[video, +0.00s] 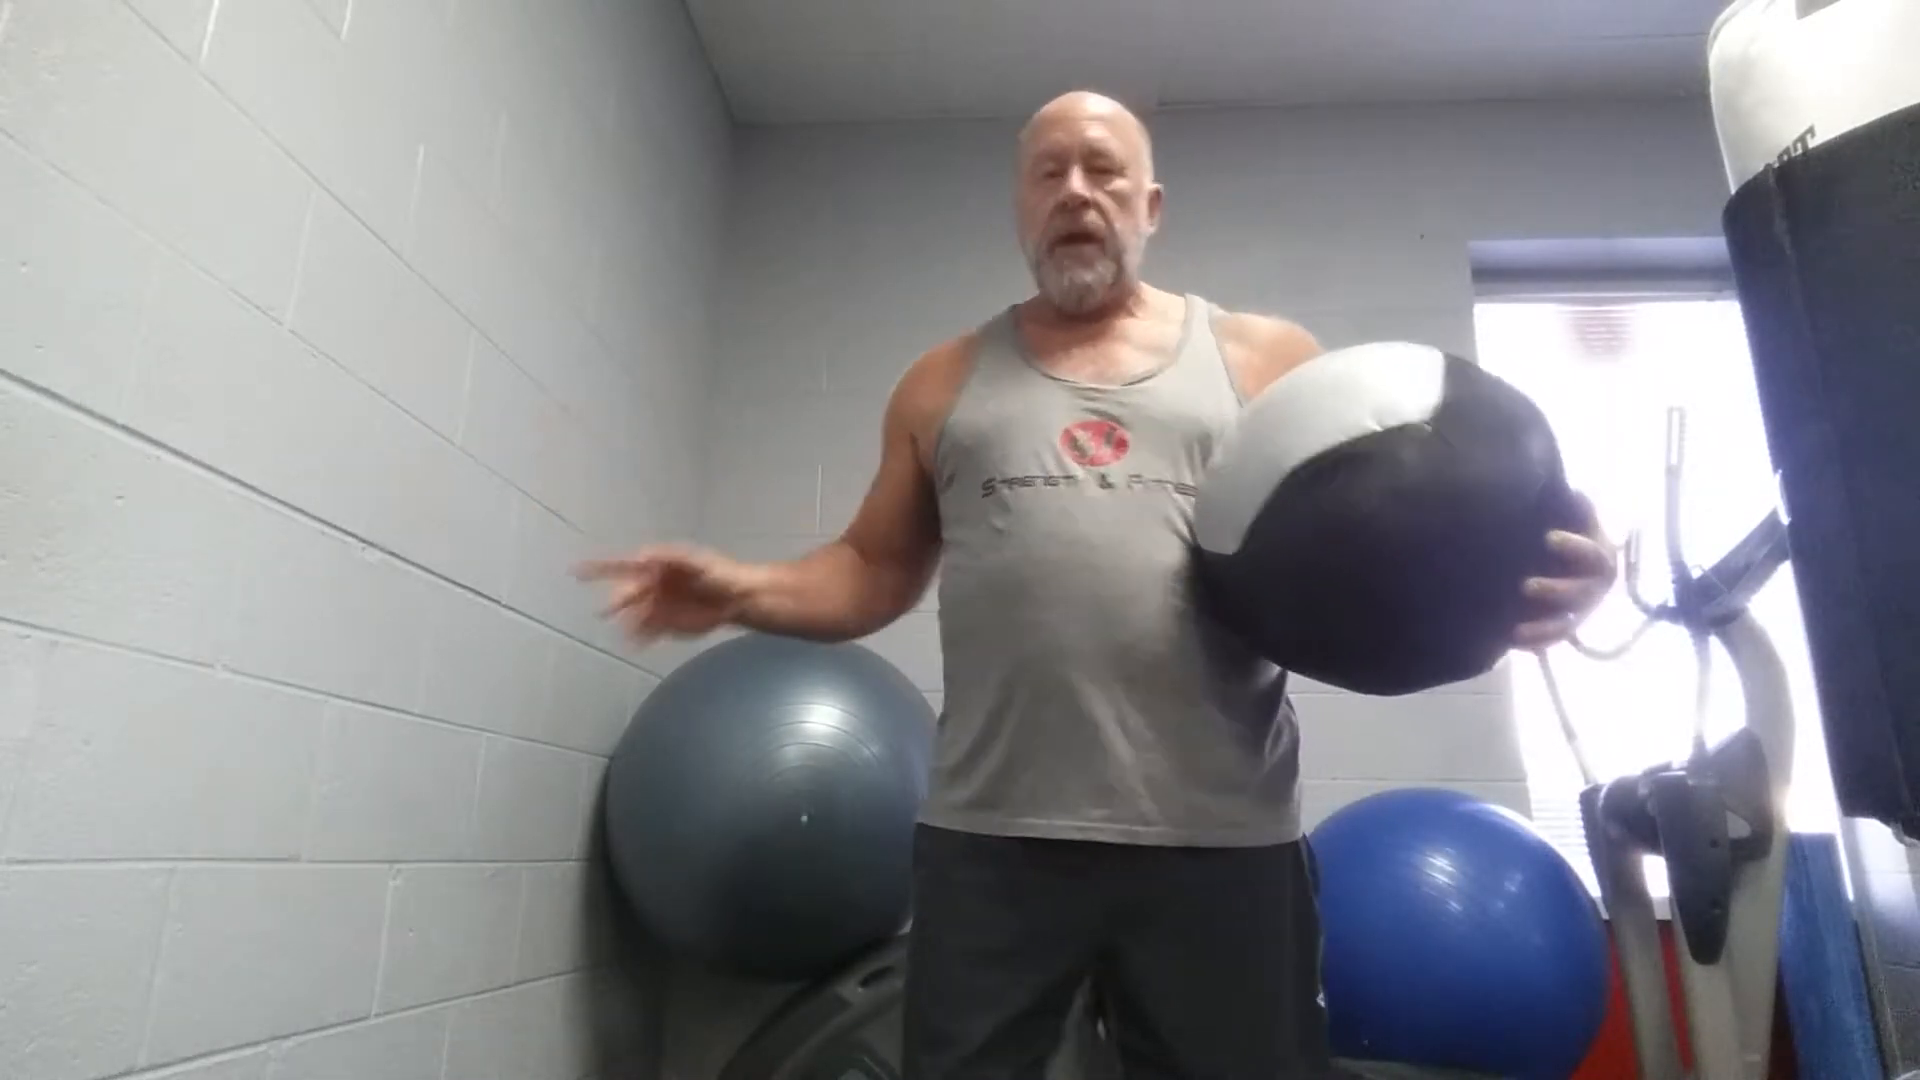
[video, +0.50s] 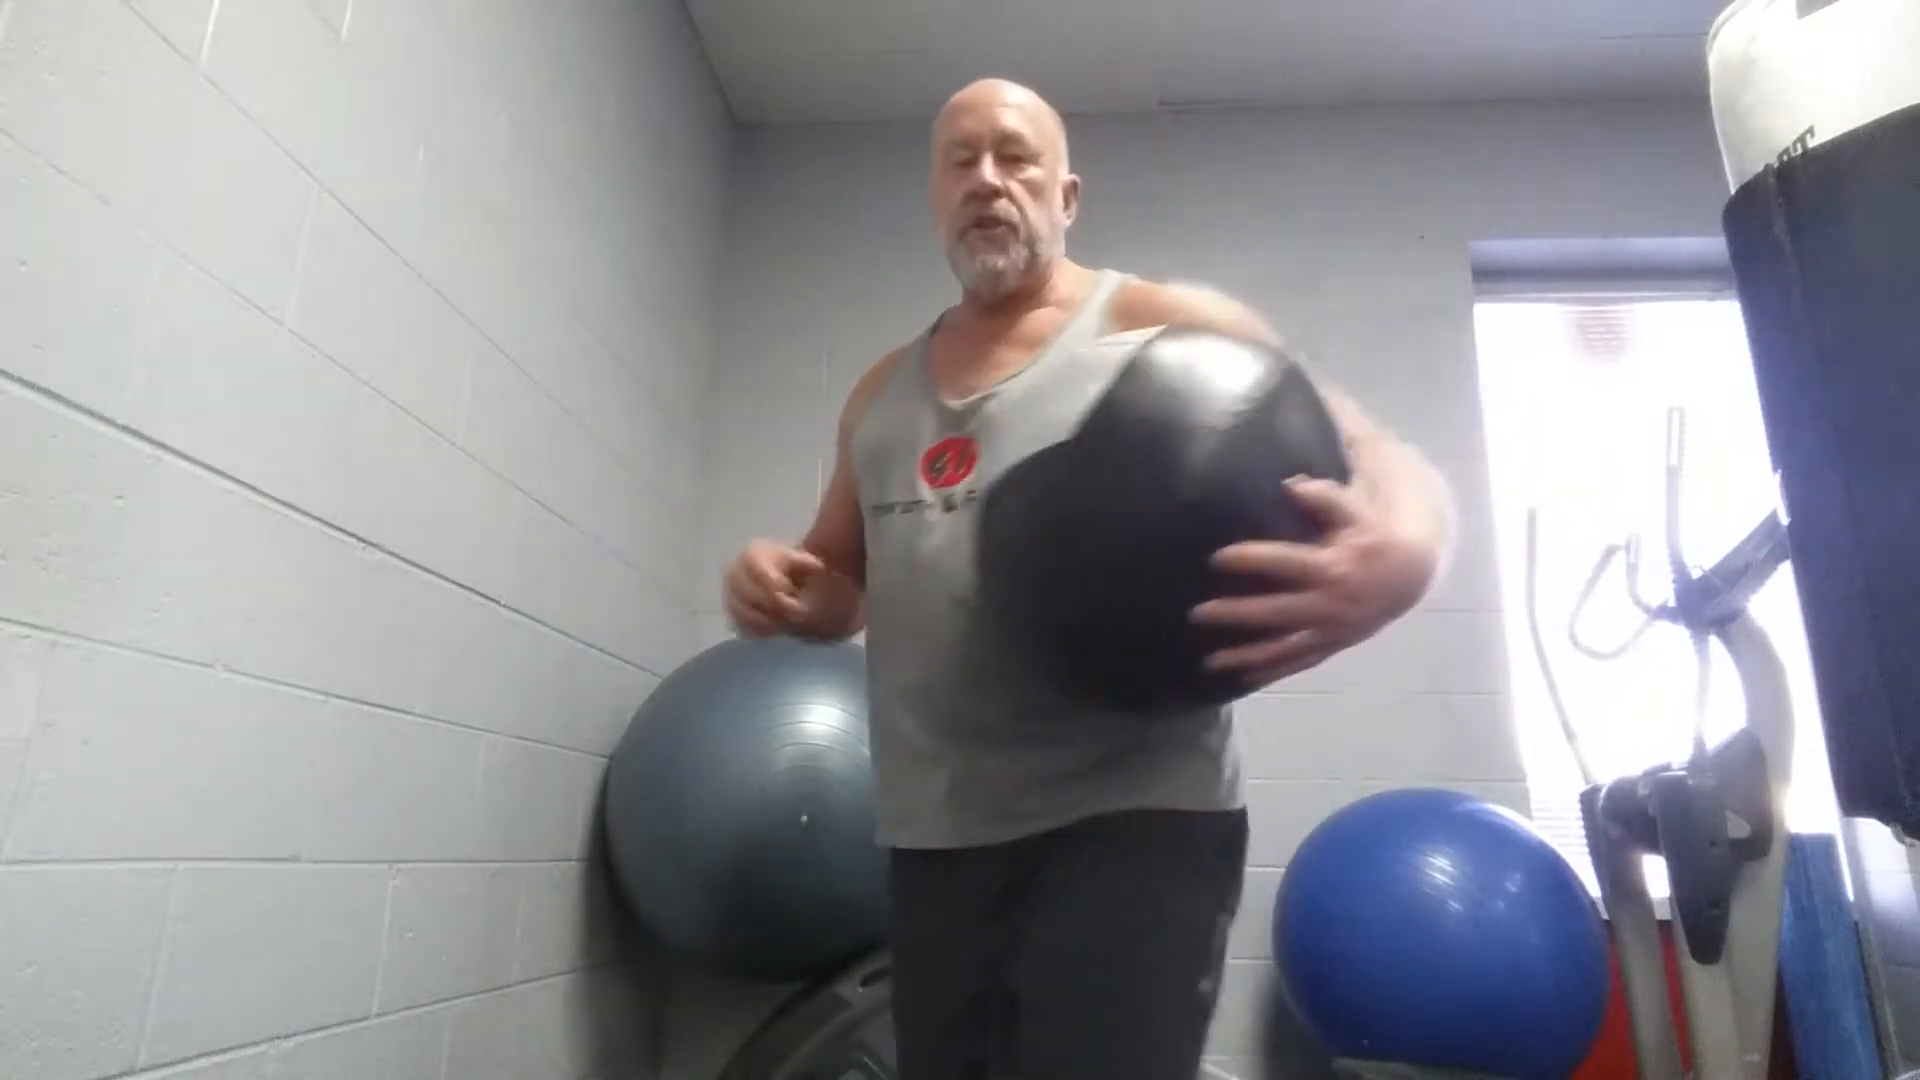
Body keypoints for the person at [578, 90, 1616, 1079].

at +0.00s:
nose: (1075, 191)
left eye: (1103, 169)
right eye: (1050, 170)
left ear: (1153, 205)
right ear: (1014, 206)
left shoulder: (1265, 358)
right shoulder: (943, 384)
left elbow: (1393, 534)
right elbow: (872, 570)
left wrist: (1546, 574)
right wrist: (746, 592)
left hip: (1224, 852)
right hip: (991, 848)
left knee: (1252, 1074)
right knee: (958, 1071)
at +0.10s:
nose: (1048, 190)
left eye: (1077, 170)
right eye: (1023, 172)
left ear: (1128, 204)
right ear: (992, 211)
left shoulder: (1244, 347)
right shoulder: (927, 390)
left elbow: (1392, 516)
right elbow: (876, 583)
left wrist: (1549, 557)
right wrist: (765, 550)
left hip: (1208, 841)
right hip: (983, 840)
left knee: (1246, 1070)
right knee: (966, 1069)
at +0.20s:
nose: (1026, 188)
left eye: (1054, 167)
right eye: (1000, 171)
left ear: (1105, 200)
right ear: (969, 210)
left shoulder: (1219, 333)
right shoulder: (912, 391)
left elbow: (1384, 483)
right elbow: (859, 585)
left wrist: (1536, 535)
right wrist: (756, 522)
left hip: (1187, 845)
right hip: (968, 845)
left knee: (1217, 1068)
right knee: (955, 1071)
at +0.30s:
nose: (1008, 190)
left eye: (1036, 167)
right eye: (982, 170)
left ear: (1088, 197)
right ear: (955, 207)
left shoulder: (1203, 335)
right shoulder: (900, 394)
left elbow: (1363, 475)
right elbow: (834, 583)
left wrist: (1507, 530)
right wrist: (740, 539)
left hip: (1173, 854)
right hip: (954, 859)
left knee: (1192, 1066)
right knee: (937, 1066)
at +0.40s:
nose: (997, 185)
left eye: (1026, 163)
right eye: (970, 166)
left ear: (1076, 201)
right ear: (941, 207)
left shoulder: (1180, 335)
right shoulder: (890, 400)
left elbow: (1347, 447)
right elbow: (829, 588)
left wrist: (1462, 524)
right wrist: (753, 563)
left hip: (1151, 858)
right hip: (941, 868)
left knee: (1157, 1075)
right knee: (931, 1077)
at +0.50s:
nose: (988, 177)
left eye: (1018, 157)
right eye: (961, 159)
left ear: (1068, 196)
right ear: (932, 198)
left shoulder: (1164, 325)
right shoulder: (882, 394)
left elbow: (1371, 458)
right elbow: (837, 584)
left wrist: (1409, 551)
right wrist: (774, 582)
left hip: (1133, 825)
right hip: (938, 843)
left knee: (1104, 1062)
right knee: (947, 1066)